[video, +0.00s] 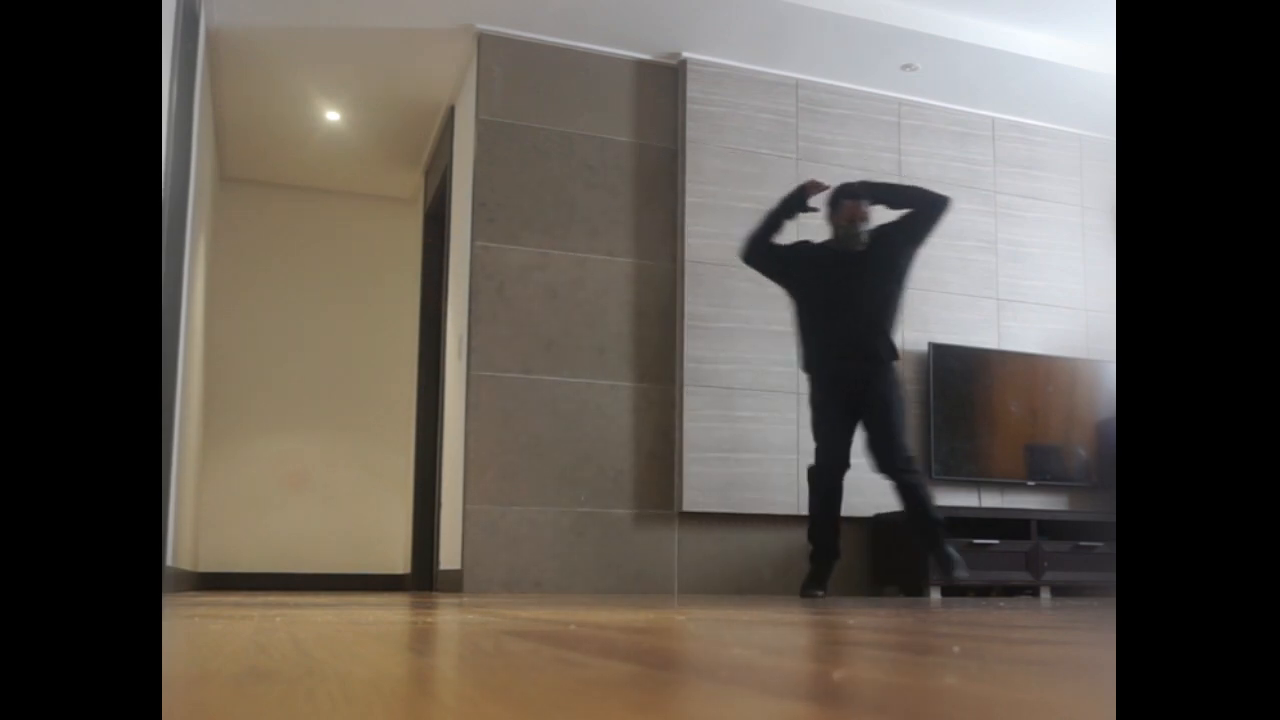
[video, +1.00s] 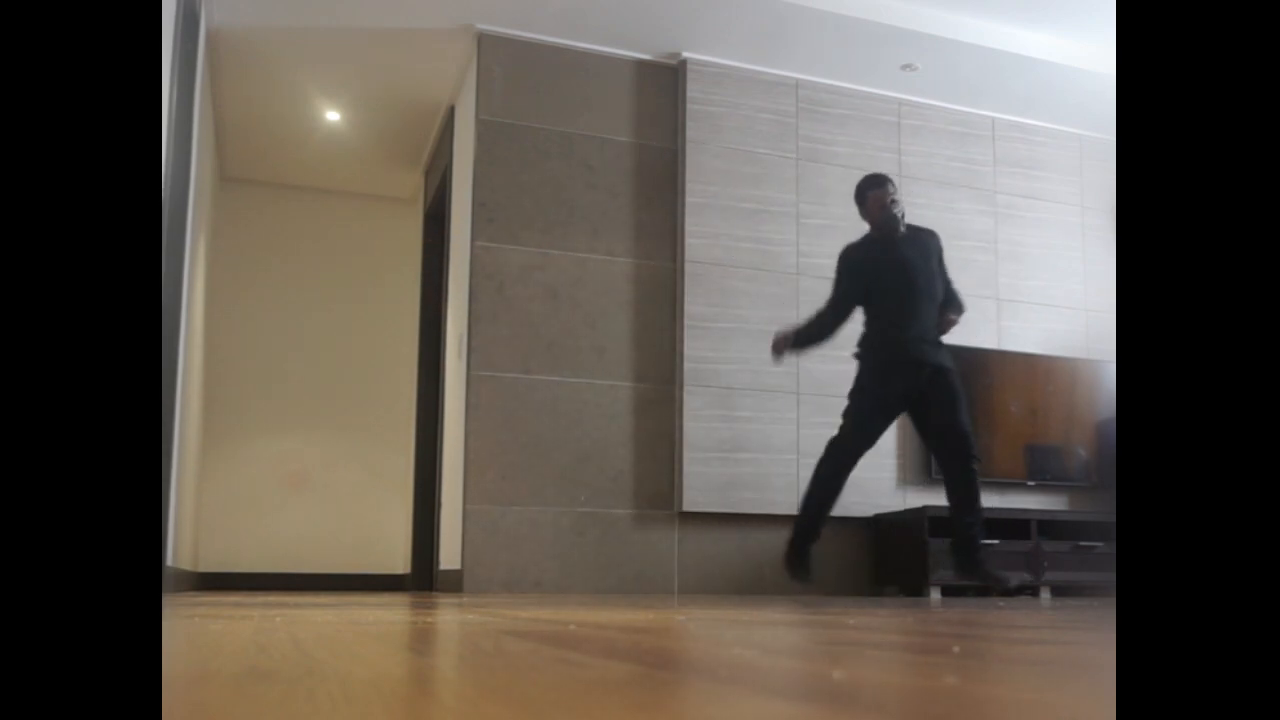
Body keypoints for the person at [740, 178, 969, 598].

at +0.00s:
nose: (857, 214)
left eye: (863, 208)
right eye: (848, 208)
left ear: (870, 214)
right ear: (831, 217)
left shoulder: (890, 247)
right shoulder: (804, 260)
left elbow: (934, 203)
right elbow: (754, 251)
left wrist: (869, 190)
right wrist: (794, 201)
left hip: (877, 378)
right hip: (829, 381)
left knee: (896, 461)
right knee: (828, 471)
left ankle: (941, 554)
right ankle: (820, 568)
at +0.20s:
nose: (907, 223)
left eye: (911, 217)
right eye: (897, 217)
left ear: (918, 221)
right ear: (880, 225)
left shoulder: (939, 259)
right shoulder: (858, 272)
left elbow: (983, 226)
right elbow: (811, 309)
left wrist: (938, 191)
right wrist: (808, 260)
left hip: (922, 391)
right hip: (869, 389)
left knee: (951, 480)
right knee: (823, 454)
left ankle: (958, 578)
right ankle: (819, 562)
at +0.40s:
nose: (933, 227)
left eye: (936, 219)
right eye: (925, 220)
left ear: (938, 220)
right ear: (902, 219)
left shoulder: (947, 265)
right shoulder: (870, 264)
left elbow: (981, 309)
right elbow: (851, 326)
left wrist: (1009, 266)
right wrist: (837, 381)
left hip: (939, 384)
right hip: (893, 382)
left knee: (949, 479)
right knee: (896, 468)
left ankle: (957, 577)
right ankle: (812, 550)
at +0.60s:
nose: (912, 208)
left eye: (912, 200)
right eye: (901, 204)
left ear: (916, 203)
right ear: (882, 212)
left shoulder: (931, 248)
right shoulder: (870, 253)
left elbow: (926, 307)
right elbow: (847, 312)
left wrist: (950, 315)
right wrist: (823, 364)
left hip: (936, 377)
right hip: (889, 375)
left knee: (961, 465)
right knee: (850, 457)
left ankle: (967, 573)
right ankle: (801, 550)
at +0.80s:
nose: (892, 222)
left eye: (893, 215)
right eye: (882, 218)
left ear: (898, 216)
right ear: (861, 226)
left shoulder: (916, 260)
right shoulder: (847, 268)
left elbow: (933, 312)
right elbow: (827, 317)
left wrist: (933, 333)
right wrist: (809, 325)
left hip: (915, 385)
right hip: (869, 388)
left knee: (963, 464)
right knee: (847, 475)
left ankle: (1014, 555)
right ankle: (806, 571)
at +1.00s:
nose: (892, 203)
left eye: (894, 196)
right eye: (881, 200)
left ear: (902, 201)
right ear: (865, 212)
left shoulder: (927, 241)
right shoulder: (857, 256)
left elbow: (946, 291)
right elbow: (836, 312)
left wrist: (951, 309)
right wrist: (795, 339)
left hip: (932, 369)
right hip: (882, 369)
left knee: (960, 458)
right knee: (845, 450)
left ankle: (972, 562)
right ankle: (800, 547)